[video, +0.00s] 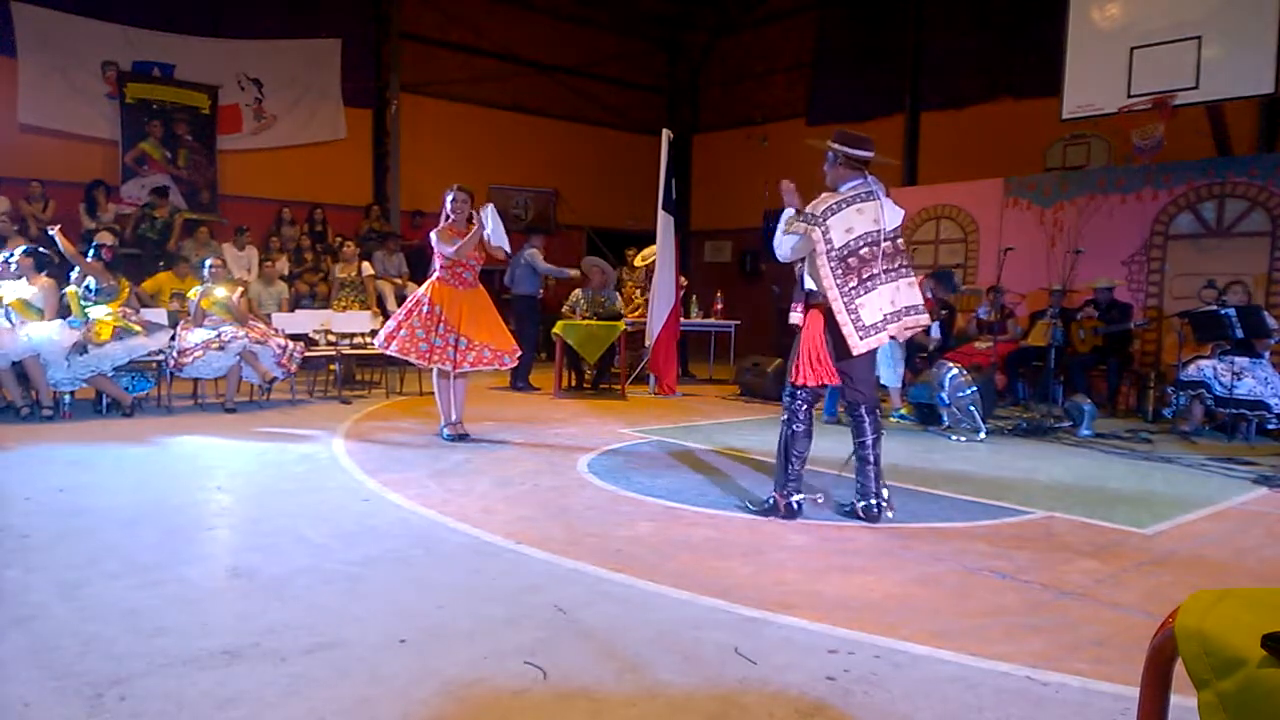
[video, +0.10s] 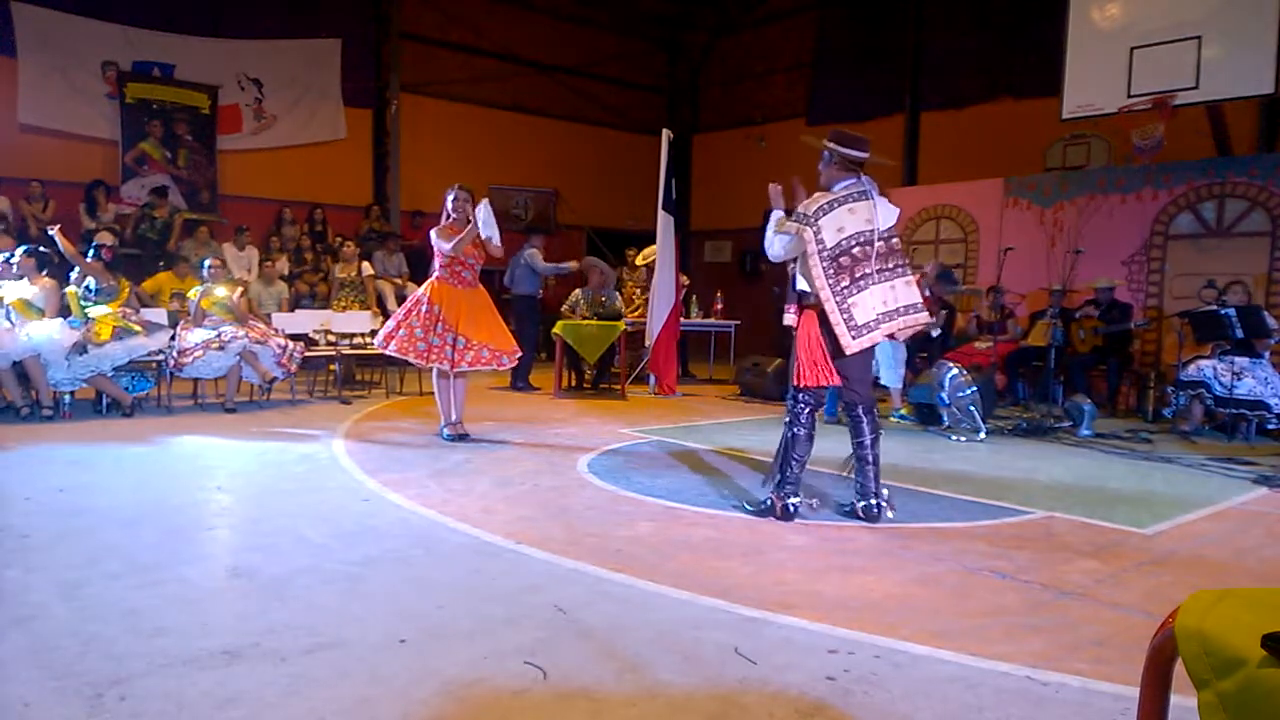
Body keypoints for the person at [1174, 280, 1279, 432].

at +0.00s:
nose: (1238, 296)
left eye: (1243, 293)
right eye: (1233, 293)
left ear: (1248, 297)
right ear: (1224, 296)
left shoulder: (1257, 315)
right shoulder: (1216, 315)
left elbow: (1265, 346)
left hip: (1253, 364)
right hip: (1222, 363)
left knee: (1248, 381)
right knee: (1199, 368)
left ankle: (1242, 426)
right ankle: (1195, 419)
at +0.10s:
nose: (1238, 296)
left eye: (1242, 293)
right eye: (1233, 292)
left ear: (1248, 297)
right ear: (1224, 296)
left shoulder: (1257, 315)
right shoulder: (1216, 315)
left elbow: (1265, 346)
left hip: (1253, 364)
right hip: (1221, 363)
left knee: (1249, 382)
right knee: (1198, 368)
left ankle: (1243, 426)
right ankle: (1195, 419)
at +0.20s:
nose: (1233, 297)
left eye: (1238, 293)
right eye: (1230, 293)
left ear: (1247, 297)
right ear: (1224, 296)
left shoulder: (1257, 315)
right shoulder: (1217, 314)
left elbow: (1264, 346)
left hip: (1253, 364)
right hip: (1222, 363)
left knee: (1248, 382)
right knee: (1198, 368)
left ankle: (1242, 426)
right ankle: (1195, 419)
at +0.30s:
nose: (1232, 297)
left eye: (1237, 293)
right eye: (1229, 293)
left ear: (1247, 297)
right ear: (1224, 296)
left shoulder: (1258, 314)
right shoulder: (1219, 315)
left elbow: (1264, 346)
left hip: (1253, 364)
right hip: (1222, 363)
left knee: (1248, 381)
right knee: (1198, 368)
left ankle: (1242, 426)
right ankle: (1195, 419)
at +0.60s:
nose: (1227, 296)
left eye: (1233, 292)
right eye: (1226, 293)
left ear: (1246, 297)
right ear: (1223, 296)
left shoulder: (1257, 315)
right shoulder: (1220, 316)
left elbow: (1264, 346)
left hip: (1253, 364)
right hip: (1224, 363)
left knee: (1247, 381)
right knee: (1199, 368)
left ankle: (1242, 426)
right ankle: (1196, 419)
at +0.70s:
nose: (1227, 296)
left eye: (1233, 292)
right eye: (1226, 293)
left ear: (1246, 297)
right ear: (1223, 296)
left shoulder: (1257, 314)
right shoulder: (1219, 315)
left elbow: (1264, 345)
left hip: (1253, 364)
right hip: (1223, 363)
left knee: (1247, 381)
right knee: (1198, 368)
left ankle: (1243, 426)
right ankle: (1195, 419)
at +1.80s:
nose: (1239, 297)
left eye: (1243, 293)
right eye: (1234, 293)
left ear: (1249, 297)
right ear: (1226, 297)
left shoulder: (1258, 314)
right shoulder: (1218, 314)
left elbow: (1265, 345)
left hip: (1253, 363)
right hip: (1223, 362)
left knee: (1247, 381)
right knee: (1198, 368)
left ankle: (1243, 426)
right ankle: (1196, 419)